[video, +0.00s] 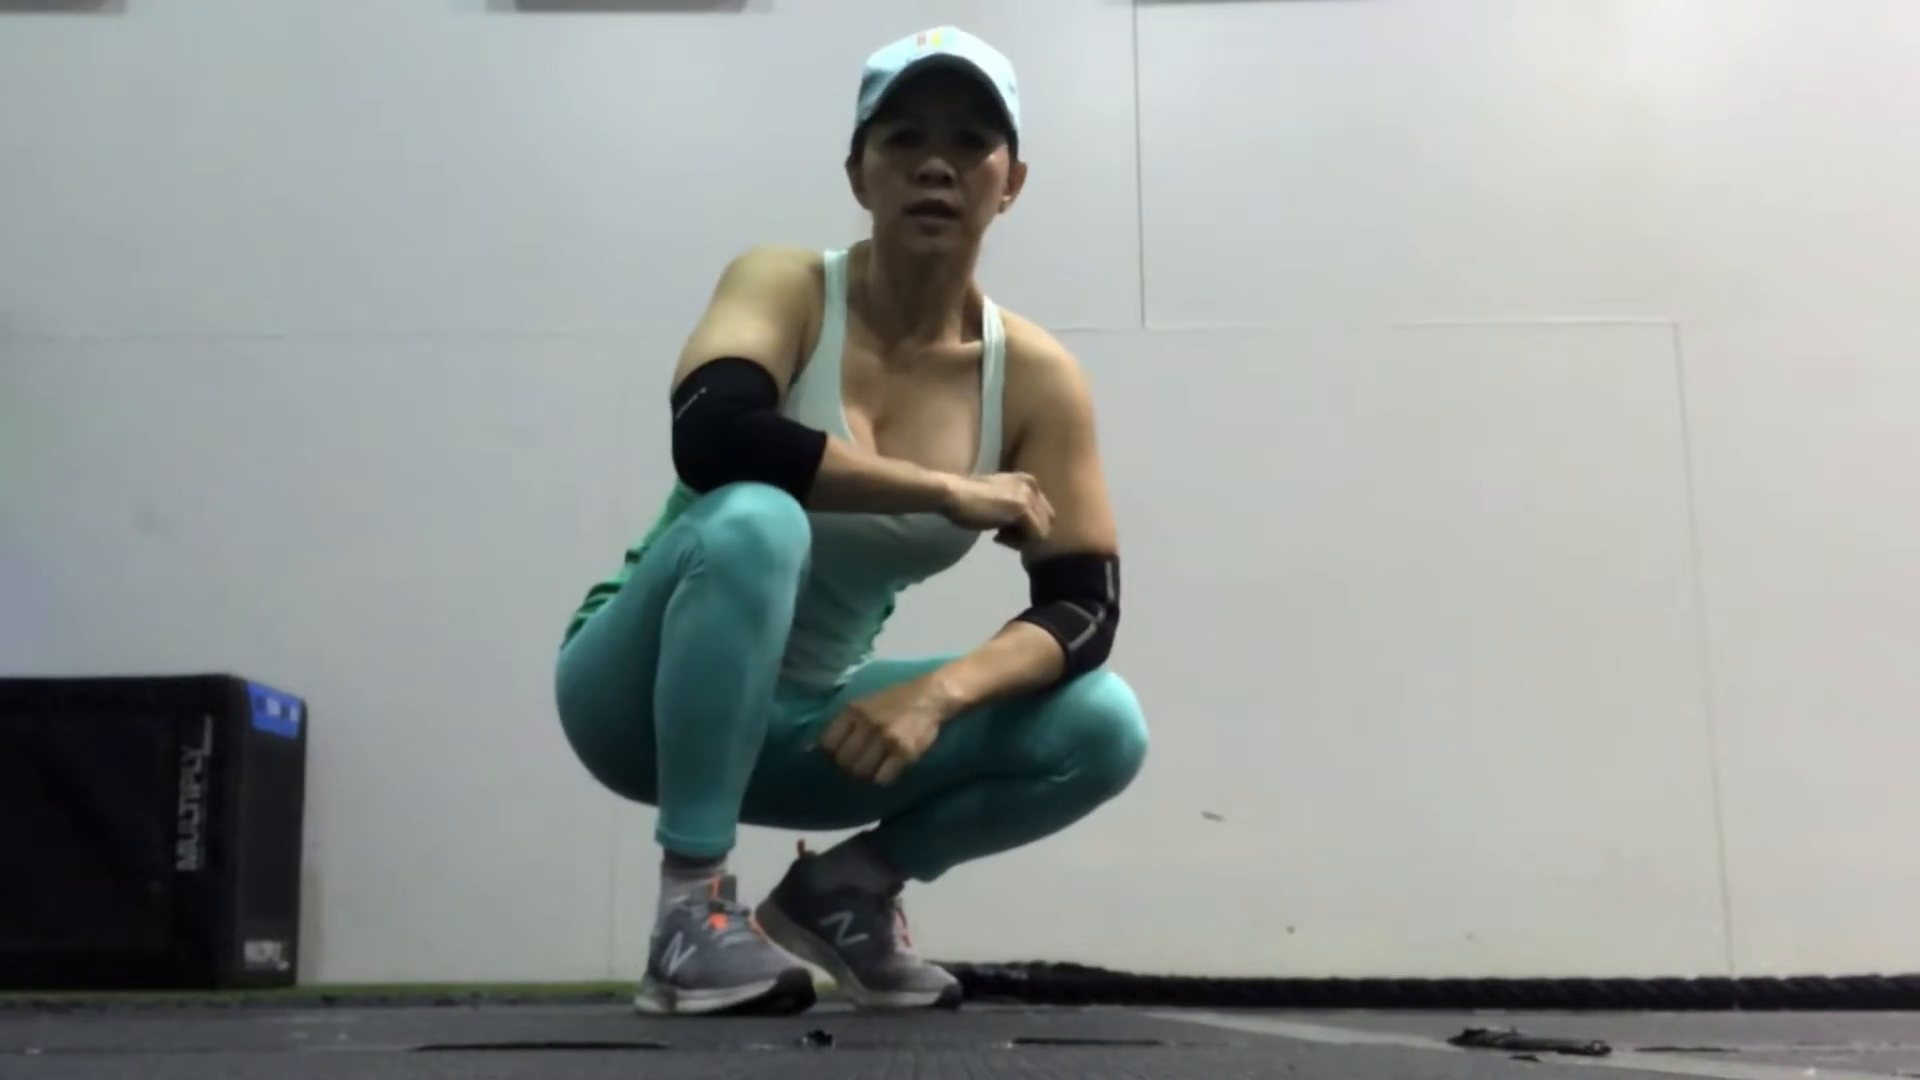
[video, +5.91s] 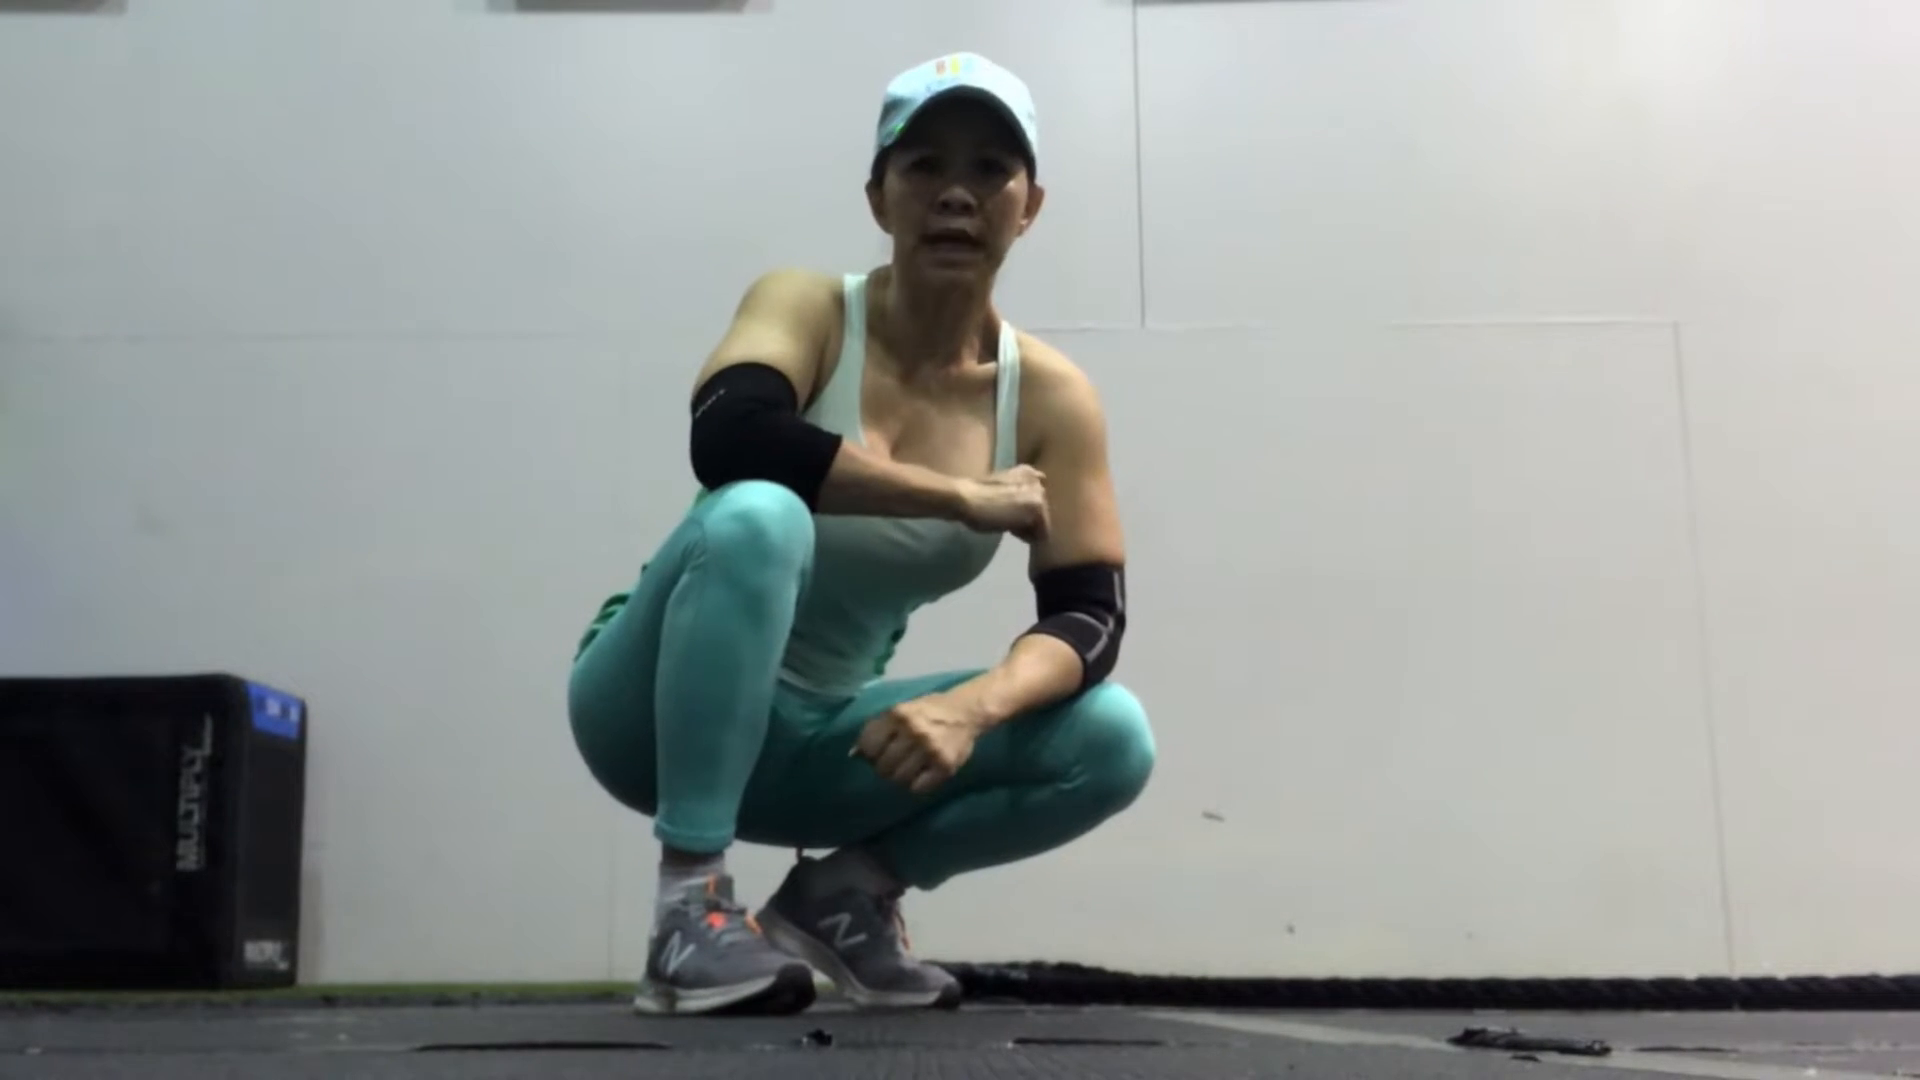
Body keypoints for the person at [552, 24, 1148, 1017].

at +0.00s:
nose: (936, 163)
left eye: (968, 141)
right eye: (906, 138)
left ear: (1010, 182)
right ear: (860, 171)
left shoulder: (1034, 377)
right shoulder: (780, 287)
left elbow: (1082, 609)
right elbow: (715, 438)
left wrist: (936, 691)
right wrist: (949, 493)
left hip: (813, 722)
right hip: (643, 694)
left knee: (1101, 727)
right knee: (756, 526)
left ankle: (841, 888)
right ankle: (692, 911)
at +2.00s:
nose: (960, 189)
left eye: (993, 163)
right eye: (929, 159)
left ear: (1034, 195)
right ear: (881, 182)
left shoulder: (1054, 394)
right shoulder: (800, 298)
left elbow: (1094, 627)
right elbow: (711, 436)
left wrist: (951, 712)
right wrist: (942, 497)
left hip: (829, 732)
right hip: (666, 699)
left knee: (1112, 748)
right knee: (741, 516)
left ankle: (845, 888)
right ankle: (692, 909)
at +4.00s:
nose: (960, 187)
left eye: (992, 165)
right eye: (931, 159)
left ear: (1033, 202)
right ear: (883, 189)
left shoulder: (1054, 398)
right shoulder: (804, 297)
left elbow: (1090, 621)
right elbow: (714, 434)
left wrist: (968, 710)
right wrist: (943, 498)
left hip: (821, 740)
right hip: (658, 705)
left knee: (1110, 745)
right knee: (747, 517)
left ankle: (840, 891)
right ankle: (691, 910)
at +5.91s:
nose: (955, 193)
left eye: (988, 169)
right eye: (926, 165)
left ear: (1029, 205)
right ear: (880, 193)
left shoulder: (1048, 397)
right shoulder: (802, 307)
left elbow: (1087, 619)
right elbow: (732, 436)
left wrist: (972, 706)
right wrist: (960, 497)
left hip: (824, 746)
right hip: (661, 711)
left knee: (1109, 740)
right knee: (758, 519)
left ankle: (841, 894)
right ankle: (692, 910)